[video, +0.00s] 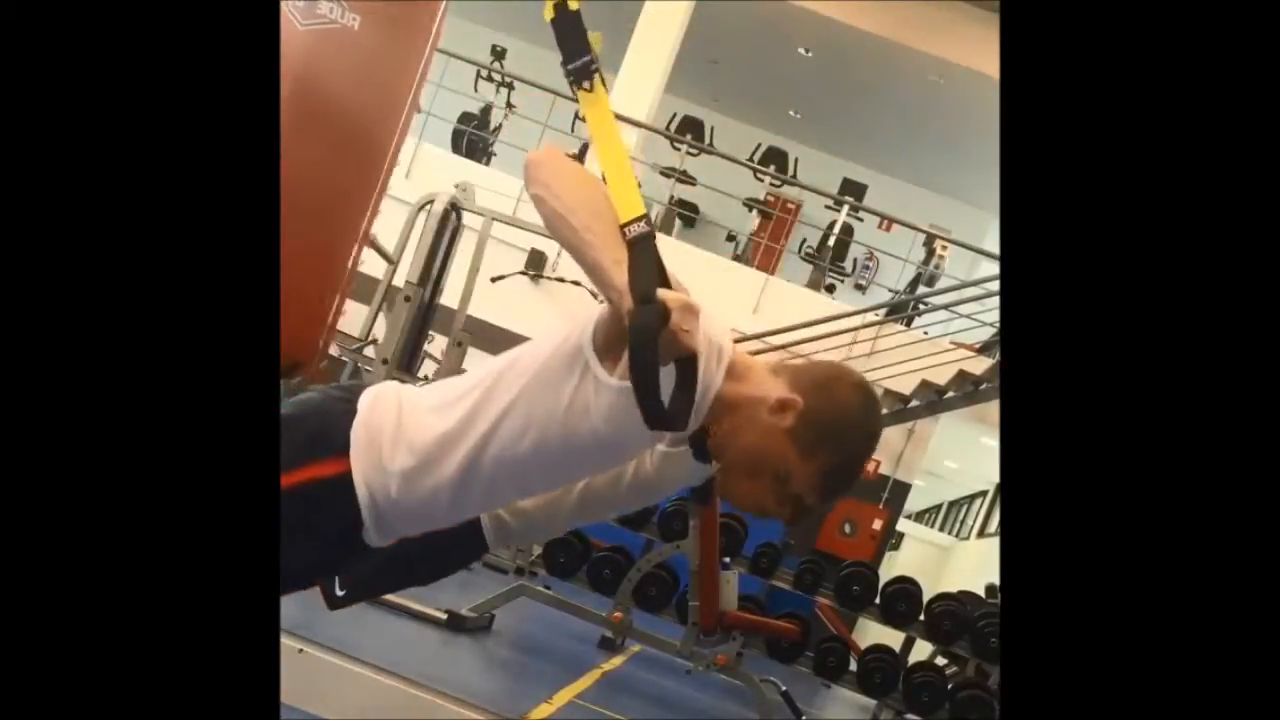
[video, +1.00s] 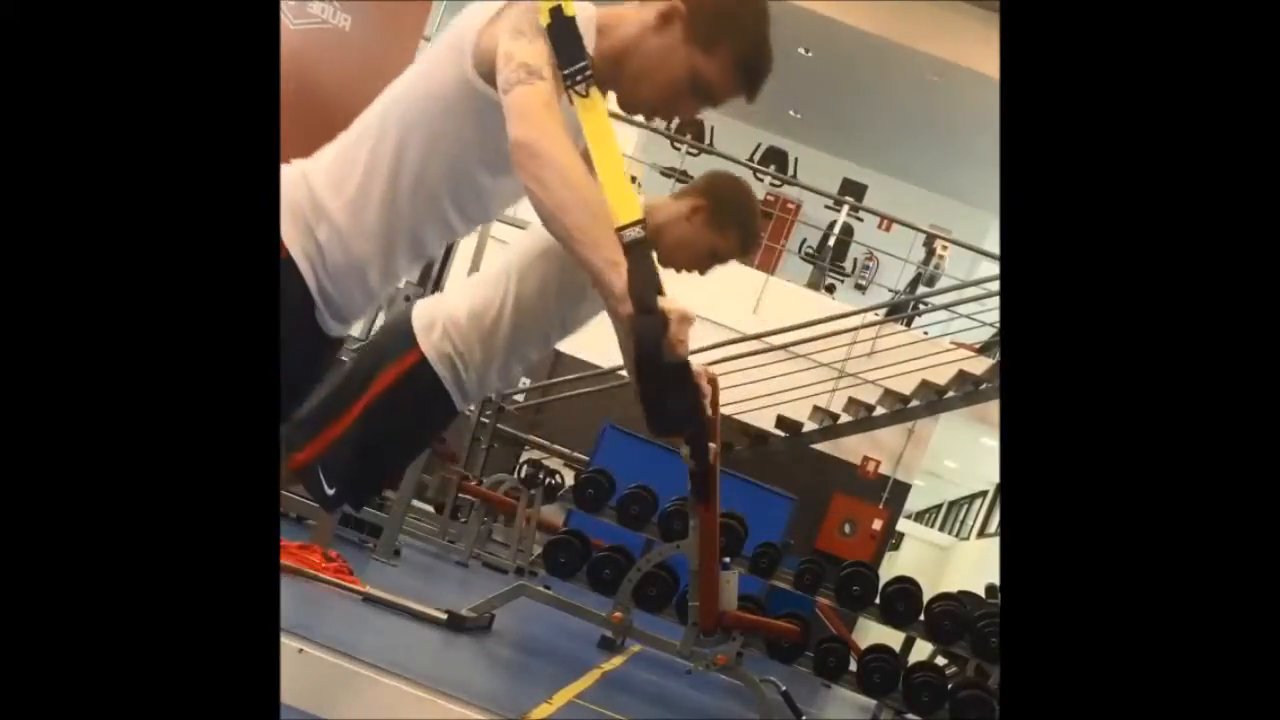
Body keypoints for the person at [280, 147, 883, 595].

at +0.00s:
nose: (760, 505)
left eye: (781, 504)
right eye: (779, 487)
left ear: (780, 407)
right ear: (779, 412)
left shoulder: (711, 440)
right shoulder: (683, 343)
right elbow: (547, 168)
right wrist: (638, 295)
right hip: (347, 470)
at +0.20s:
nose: (762, 506)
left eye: (785, 503)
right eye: (782, 486)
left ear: (780, 408)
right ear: (781, 412)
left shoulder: (710, 440)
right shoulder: (678, 335)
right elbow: (549, 173)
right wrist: (641, 299)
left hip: (381, 513)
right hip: (350, 460)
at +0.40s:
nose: (757, 403)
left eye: (778, 402)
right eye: (776, 385)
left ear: (775, 317)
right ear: (775, 319)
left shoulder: (697, 360)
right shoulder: (665, 259)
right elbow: (532, 141)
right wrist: (640, 276)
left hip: (371, 464)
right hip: (335, 412)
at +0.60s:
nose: (744, 300)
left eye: (764, 298)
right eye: (763, 285)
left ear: (749, 212)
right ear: (751, 213)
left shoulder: (667, 260)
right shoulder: (650, 171)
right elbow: (523, 124)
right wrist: (637, 278)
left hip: (369, 410)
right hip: (325, 353)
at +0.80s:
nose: (713, 186)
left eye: (732, 177)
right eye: (727, 165)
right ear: (709, 93)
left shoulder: (620, 164)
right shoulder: (580, 67)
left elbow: (626, 292)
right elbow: (536, 144)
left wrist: (668, 366)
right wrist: (645, 284)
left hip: (355, 354)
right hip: (309, 297)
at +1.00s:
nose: (685, 117)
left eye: (703, 109)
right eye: (698, 93)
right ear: (672, 19)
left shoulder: (577, 94)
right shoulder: (533, 19)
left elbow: (614, 232)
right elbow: (535, 145)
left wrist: (659, 349)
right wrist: (632, 305)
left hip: (328, 316)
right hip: (289, 262)